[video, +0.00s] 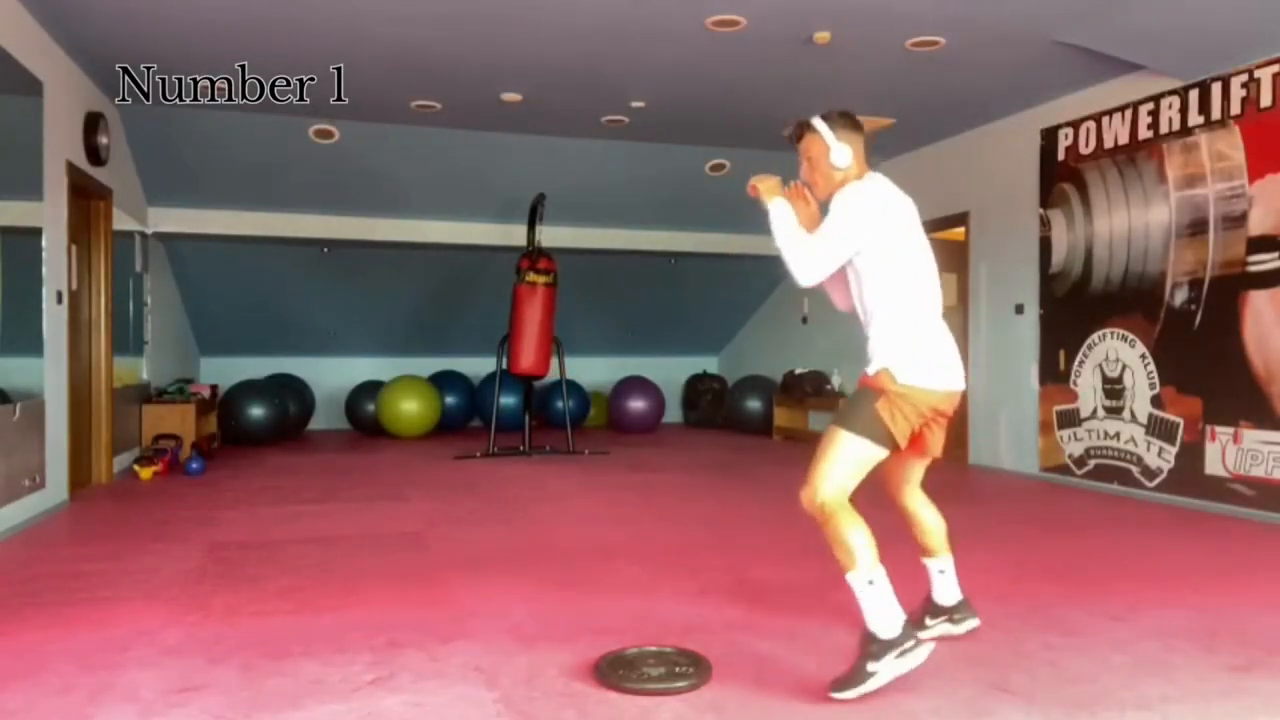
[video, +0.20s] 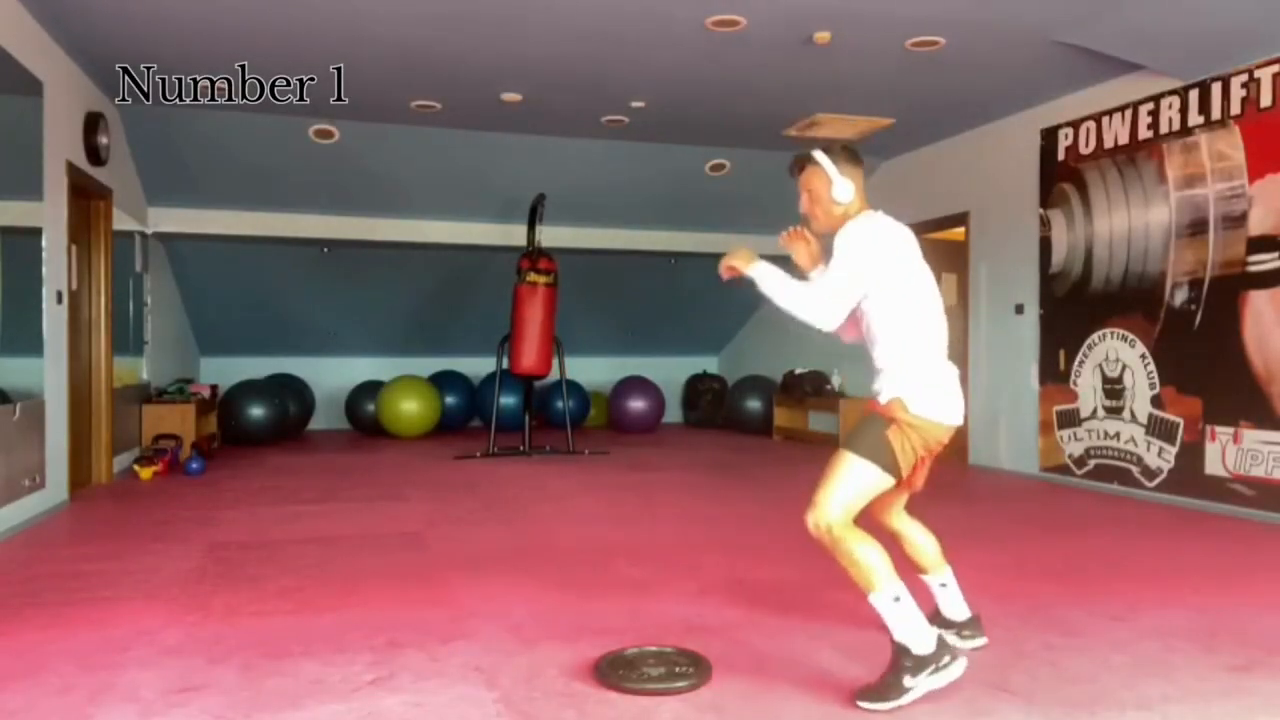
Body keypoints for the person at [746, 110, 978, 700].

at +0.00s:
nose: (805, 174)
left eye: (808, 161)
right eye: (803, 164)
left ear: (837, 153)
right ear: (852, 154)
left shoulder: (859, 200)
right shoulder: (890, 199)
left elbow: (805, 267)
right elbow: (852, 298)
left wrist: (775, 204)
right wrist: (809, 224)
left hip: (902, 375)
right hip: (940, 375)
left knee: (823, 494)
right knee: (906, 487)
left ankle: (890, 636)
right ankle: (950, 603)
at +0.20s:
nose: (803, 211)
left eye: (805, 197)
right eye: (801, 199)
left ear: (829, 187)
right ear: (849, 187)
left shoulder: (861, 235)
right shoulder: (889, 234)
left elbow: (827, 311)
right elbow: (853, 326)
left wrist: (755, 270)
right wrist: (815, 268)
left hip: (908, 404)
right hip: (935, 403)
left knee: (827, 517)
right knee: (888, 512)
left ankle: (923, 649)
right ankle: (960, 620)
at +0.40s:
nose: (796, 202)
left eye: (805, 188)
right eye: (789, 193)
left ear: (841, 186)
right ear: (789, 198)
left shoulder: (893, 248)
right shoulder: (802, 244)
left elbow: (889, 343)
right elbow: (742, 299)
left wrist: (821, 275)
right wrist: (733, 254)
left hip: (900, 406)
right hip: (856, 407)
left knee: (822, 523)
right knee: (859, 528)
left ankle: (793, 684)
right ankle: (950, 608)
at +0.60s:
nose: (720, 176)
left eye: (724, 163)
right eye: (719, 165)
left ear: (755, 158)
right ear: (772, 158)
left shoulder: (796, 215)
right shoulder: (822, 203)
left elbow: (766, 306)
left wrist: (720, 235)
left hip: (840, 405)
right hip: (882, 404)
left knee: (742, 524)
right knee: (854, 517)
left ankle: (771, 693)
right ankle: (941, 633)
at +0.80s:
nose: (721, 176)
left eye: (724, 163)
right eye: (720, 163)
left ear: (749, 159)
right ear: (786, 158)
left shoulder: (740, 212)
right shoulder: (852, 209)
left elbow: (687, 302)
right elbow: (839, 289)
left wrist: (681, 242)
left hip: (771, 408)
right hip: (858, 413)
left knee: (681, 539)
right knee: (882, 559)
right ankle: (926, 704)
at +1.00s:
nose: (672, 184)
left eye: (673, 173)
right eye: (673, 173)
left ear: (687, 171)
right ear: (736, 175)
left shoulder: (660, 225)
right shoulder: (794, 229)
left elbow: (625, 329)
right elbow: (782, 314)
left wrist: (674, 269)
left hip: (676, 432)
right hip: (774, 436)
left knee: (618, 552)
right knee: (850, 568)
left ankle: (576, 706)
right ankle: (918, 709)